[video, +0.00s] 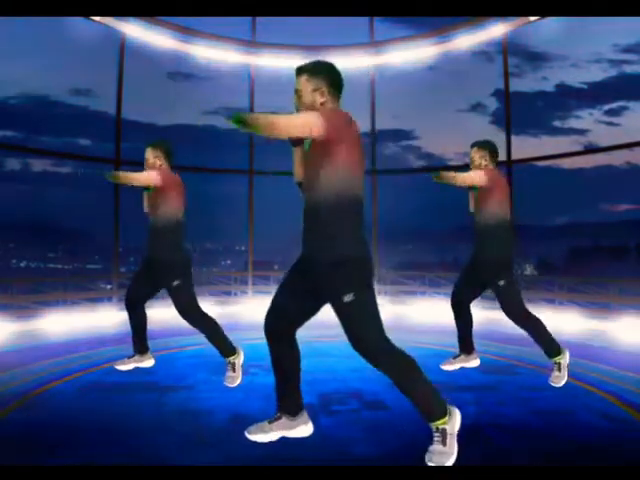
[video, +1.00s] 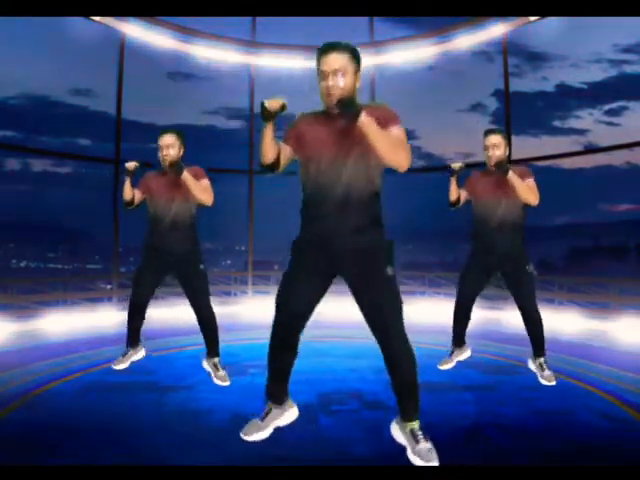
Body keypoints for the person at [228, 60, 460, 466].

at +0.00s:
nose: (296, 99)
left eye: (300, 92)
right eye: (296, 94)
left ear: (321, 92)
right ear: (324, 94)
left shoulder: (333, 119)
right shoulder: (328, 131)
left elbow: (274, 126)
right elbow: (304, 180)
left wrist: (242, 119)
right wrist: (298, 140)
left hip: (343, 259)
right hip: (319, 258)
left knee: (373, 345)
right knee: (277, 326)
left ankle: (443, 419)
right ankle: (291, 415)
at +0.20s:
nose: (299, 96)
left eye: (305, 89)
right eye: (298, 89)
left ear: (331, 88)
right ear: (310, 92)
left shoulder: (366, 126)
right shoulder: (307, 141)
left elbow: (375, 168)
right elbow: (281, 182)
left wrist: (332, 126)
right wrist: (272, 143)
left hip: (359, 255)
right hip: (312, 254)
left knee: (389, 344)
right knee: (284, 332)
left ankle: (407, 422)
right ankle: (293, 417)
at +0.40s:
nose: (315, 94)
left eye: (321, 85)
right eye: (312, 87)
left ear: (346, 84)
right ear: (312, 90)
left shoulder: (379, 124)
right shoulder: (311, 138)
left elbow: (397, 173)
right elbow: (285, 181)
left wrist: (350, 131)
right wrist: (277, 140)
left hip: (370, 254)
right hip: (321, 255)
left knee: (395, 341)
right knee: (292, 330)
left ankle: (408, 423)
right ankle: (293, 415)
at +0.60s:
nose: (322, 107)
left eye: (330, 99)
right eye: (318, 100)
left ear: (354, 101)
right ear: (315, 104)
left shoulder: (380, 142)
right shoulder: (309, 150)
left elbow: (398, 195)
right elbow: (284, 196)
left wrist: (357, 154)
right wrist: (277, 153)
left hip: (372, 270)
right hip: (320, 269)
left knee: (404, 357)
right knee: (277, 334)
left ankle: (409, 425)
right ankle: (292, 415)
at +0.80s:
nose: (334, 69)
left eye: (340, 61)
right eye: (326, 63)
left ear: (357, 63)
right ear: (317, 69)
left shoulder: (378, 106)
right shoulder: (307, 116)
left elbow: (400, 153)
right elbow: (273, 151)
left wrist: (363, 110)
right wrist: (271, 108)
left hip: (364, 234)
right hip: (316, 234)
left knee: (388, 324)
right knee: (290, 315)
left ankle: (412, 415)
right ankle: (281, 400)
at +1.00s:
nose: (333, 81)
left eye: (341, 73)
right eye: (326, 74)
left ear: (357, 76)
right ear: (318, 80)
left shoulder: (378, 117)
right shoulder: (305, 127)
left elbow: (400, 161)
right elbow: (272, 164)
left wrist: (361, 120)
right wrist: (269, 122)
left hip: (365, 246)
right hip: (314, 246)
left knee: (392, 336)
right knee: (285, 324)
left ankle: (409, 423)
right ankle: (278, 405)